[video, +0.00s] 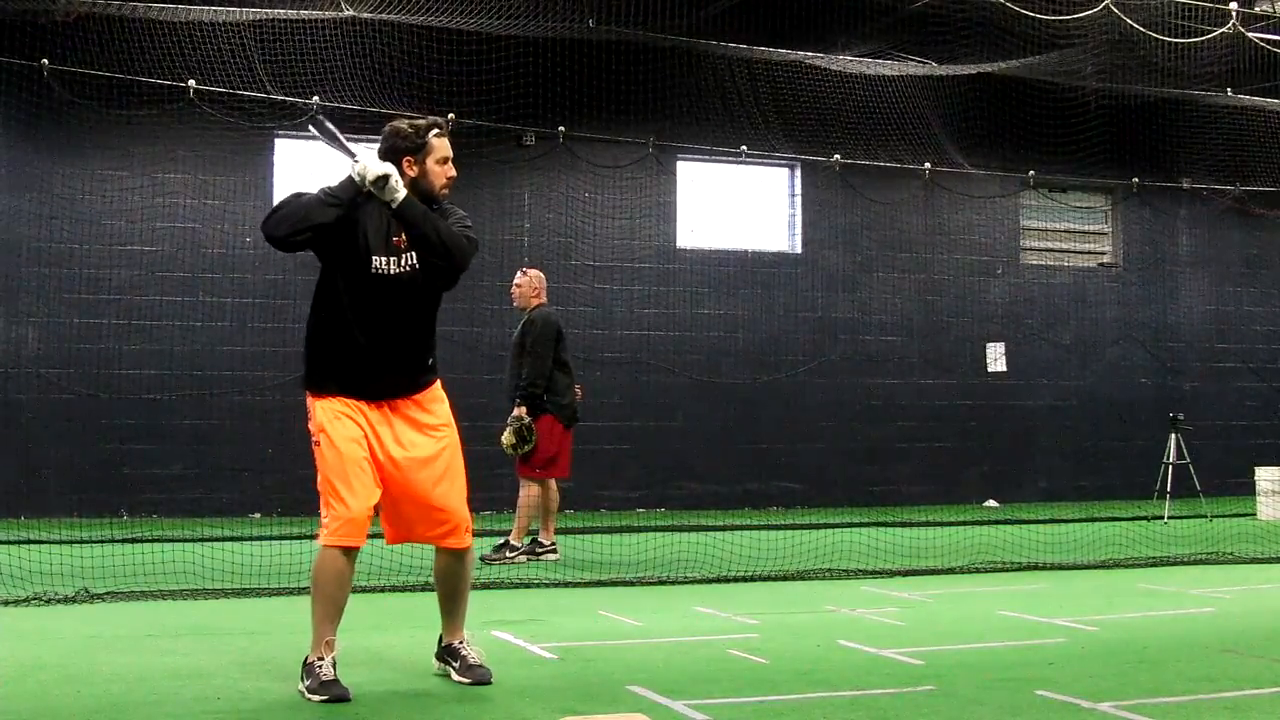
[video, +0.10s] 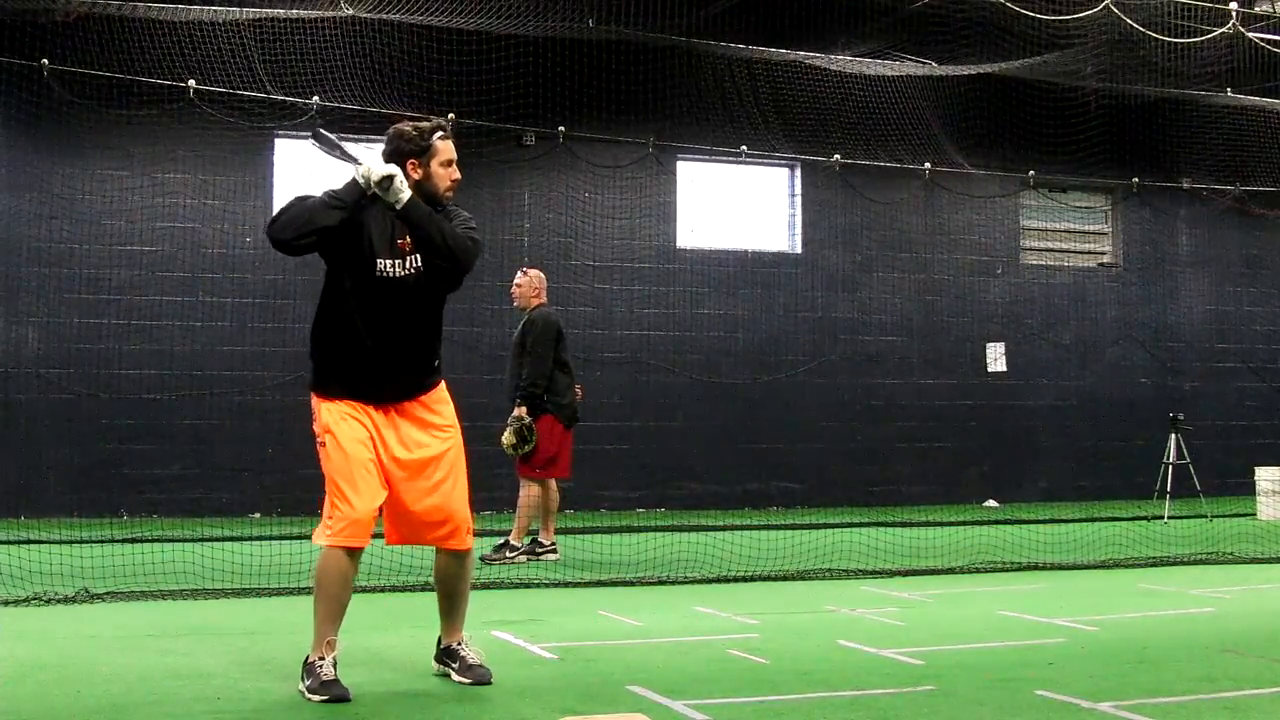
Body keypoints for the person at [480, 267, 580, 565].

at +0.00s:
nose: (512, 291)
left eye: (518, 286)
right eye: (513, 286)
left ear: (535, 290)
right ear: (532, 292)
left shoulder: (541, 320)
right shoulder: (537, 319)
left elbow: (536, 367)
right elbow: (543, 366)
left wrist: (522, 403)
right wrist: (565, 388)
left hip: (543, 410)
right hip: (553, 409)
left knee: (529, 476)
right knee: (546, 477)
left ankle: (514, 542)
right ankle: (546, 541)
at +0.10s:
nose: (512, 291)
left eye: (518, 286)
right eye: (513, 286)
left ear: (536, 290)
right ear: (532, 292)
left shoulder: (542, 319)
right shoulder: (537, 319)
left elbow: (536, 367)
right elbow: (546, 365)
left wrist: (522, 403)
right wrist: (566, 387)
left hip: (543, 410)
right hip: (553, 409)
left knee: (529, 476)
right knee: (546, 476)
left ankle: (515, 542)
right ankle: (546, 541)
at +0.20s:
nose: (513, 291)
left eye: (518, 286)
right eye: (513, 286)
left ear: (536, 290)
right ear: (532, 292)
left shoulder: (542, 320)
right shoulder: (538, 319)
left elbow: (536, 368)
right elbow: (547, 365)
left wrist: (522, 403)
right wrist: (566, 387)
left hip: (544, 410)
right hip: (554, 409)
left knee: (529, 475)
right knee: (546, 476)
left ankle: (515, 542)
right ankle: (546, 541)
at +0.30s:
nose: (513, 291)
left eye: (518, 286)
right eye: (514, 286)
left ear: (536, 291)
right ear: (532, 292)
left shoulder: (542, 320)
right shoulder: (538, 319)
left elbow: (536, 367)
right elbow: (547, 364)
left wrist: (522, 403)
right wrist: (566, 386)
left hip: (544, 410)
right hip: (554, 409)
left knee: (529, 475)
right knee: (546, 476)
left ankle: (515, 542)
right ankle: (546, 541)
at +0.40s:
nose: (513, 291)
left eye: (518, 286)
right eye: (513, 286)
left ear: (536, 291)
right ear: (532, 292)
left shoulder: (542, 320)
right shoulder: (538, 319)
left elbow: (536, 367)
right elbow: (548, 364)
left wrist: (522, 403)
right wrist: (566, 386)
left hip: (544, 409)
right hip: (554, 409)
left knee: (529, 475)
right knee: (546, 476)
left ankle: (515, 542)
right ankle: (546, 541)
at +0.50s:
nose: (513, 291)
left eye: (518, 286)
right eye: (513, 286)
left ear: (536, 290)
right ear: (532, 291)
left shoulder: (543, 319)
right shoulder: (539, 318)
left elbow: (537, 367)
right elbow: (547, 364)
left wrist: (523, 403)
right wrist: (567, 385)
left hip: (543, 409)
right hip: (553, 408)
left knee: (529, 476)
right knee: (546, 476)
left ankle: (514, 542)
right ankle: (546, 542)